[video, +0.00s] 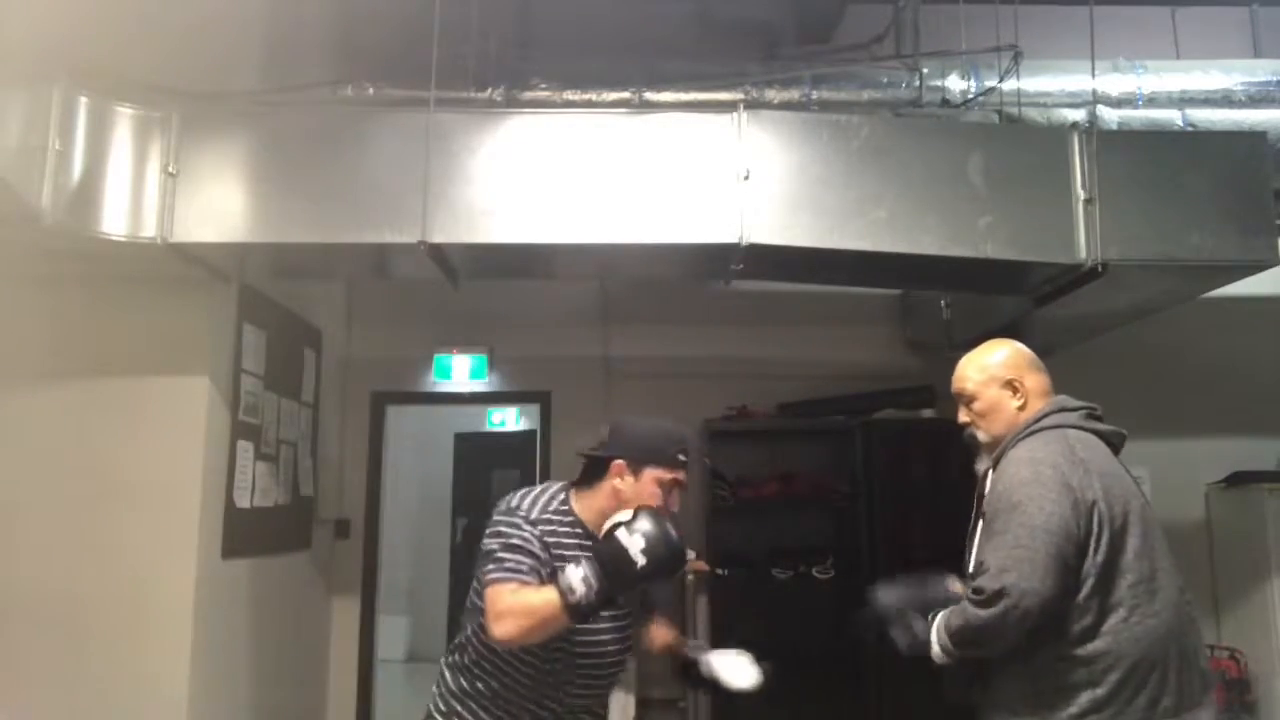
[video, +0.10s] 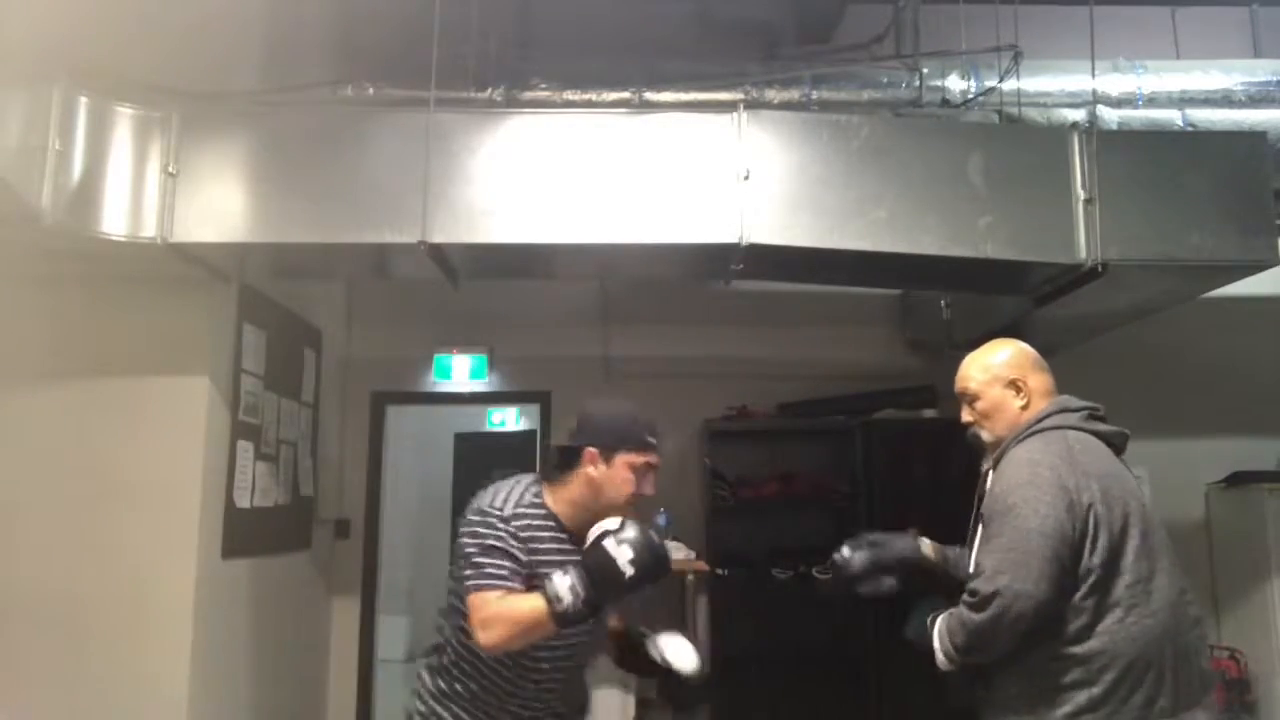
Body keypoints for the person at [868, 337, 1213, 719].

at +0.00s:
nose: (960, 417)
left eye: (967, 400)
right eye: (958, 404)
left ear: (1016, 393)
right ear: (1017, 394)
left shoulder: (1035, 461)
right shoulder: (1074, 447)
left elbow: (1019, 597)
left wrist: (936, 634)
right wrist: (966, 590)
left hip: (1097, 699)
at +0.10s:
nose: (964, 417)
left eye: (971, 400)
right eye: (962, 404)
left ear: (1019, 392)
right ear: (1024, 394)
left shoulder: (1034, 462)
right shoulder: (1081, 450)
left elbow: (1014, 596)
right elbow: (1036, 571)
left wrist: (940, 634)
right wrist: (926, 554)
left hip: (1095, 697)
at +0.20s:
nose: (965, 419)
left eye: (973, 401)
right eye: (962, 406)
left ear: (1021, 392)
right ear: (1024, 396)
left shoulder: (1034, 464)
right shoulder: (1082, 452)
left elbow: (1010, 597)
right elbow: (1017, 554)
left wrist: (939, 630)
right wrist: (915, 544)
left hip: (1097, 698)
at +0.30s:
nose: (962, 418)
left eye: (970, 401)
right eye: (960, 405)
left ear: (1018, 394)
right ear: (1020, 395)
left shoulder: (1034, 464)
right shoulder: (1074, 447)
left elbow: (1011, 599)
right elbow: (1020, 554)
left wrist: (941, 635)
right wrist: (928, 542)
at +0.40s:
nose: (955, 420)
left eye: (963, 403)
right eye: (954, 406)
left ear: (1011, 394)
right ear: (1013, 396)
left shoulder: (1027, 465)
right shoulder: (1070, 449)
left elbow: (1009, 603)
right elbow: (1021, 547)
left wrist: (941, 639)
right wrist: (928, 534)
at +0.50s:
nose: (941, 424)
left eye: (948, 406)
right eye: (938, 410)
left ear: (996, 397)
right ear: (999, 399)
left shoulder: (1009, 471)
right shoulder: (1065, 453)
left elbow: (993, 613)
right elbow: (993, 519)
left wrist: (928, 646)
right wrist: (906, 506)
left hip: (1086, 697)